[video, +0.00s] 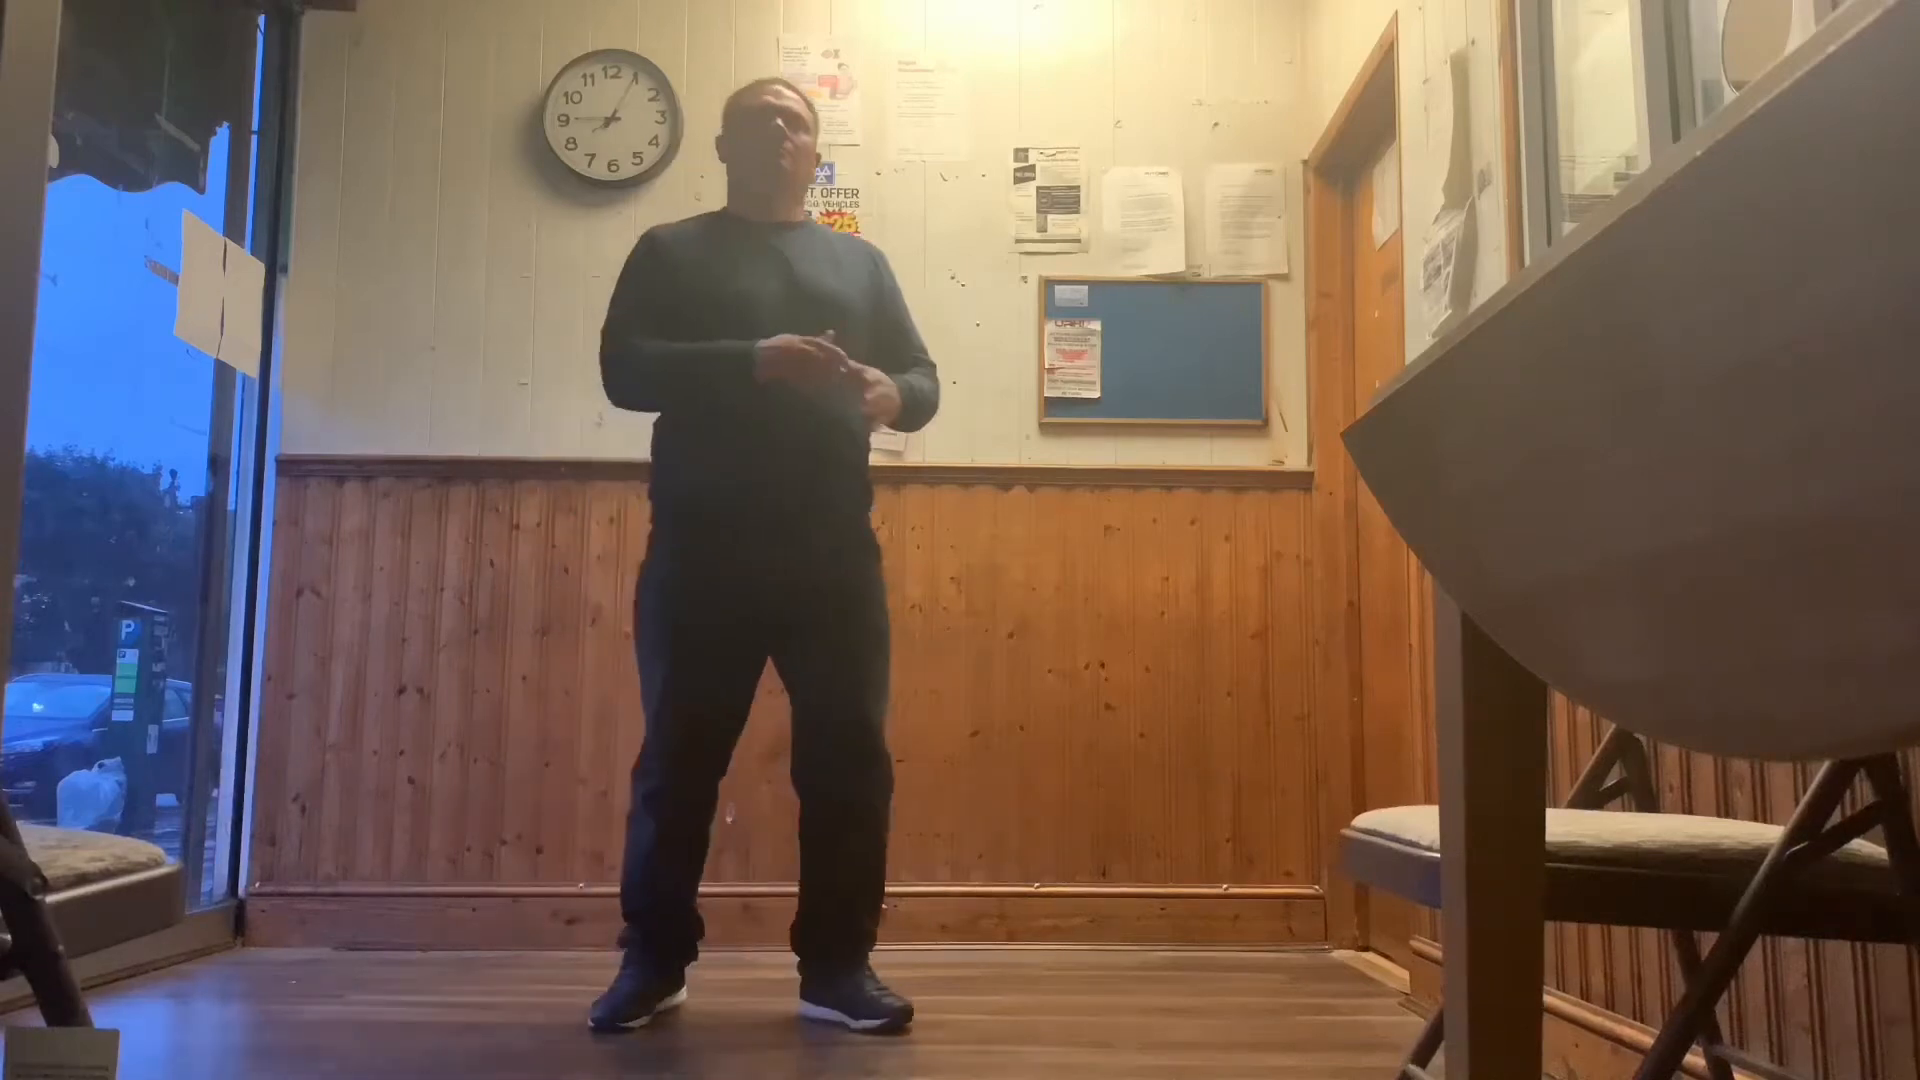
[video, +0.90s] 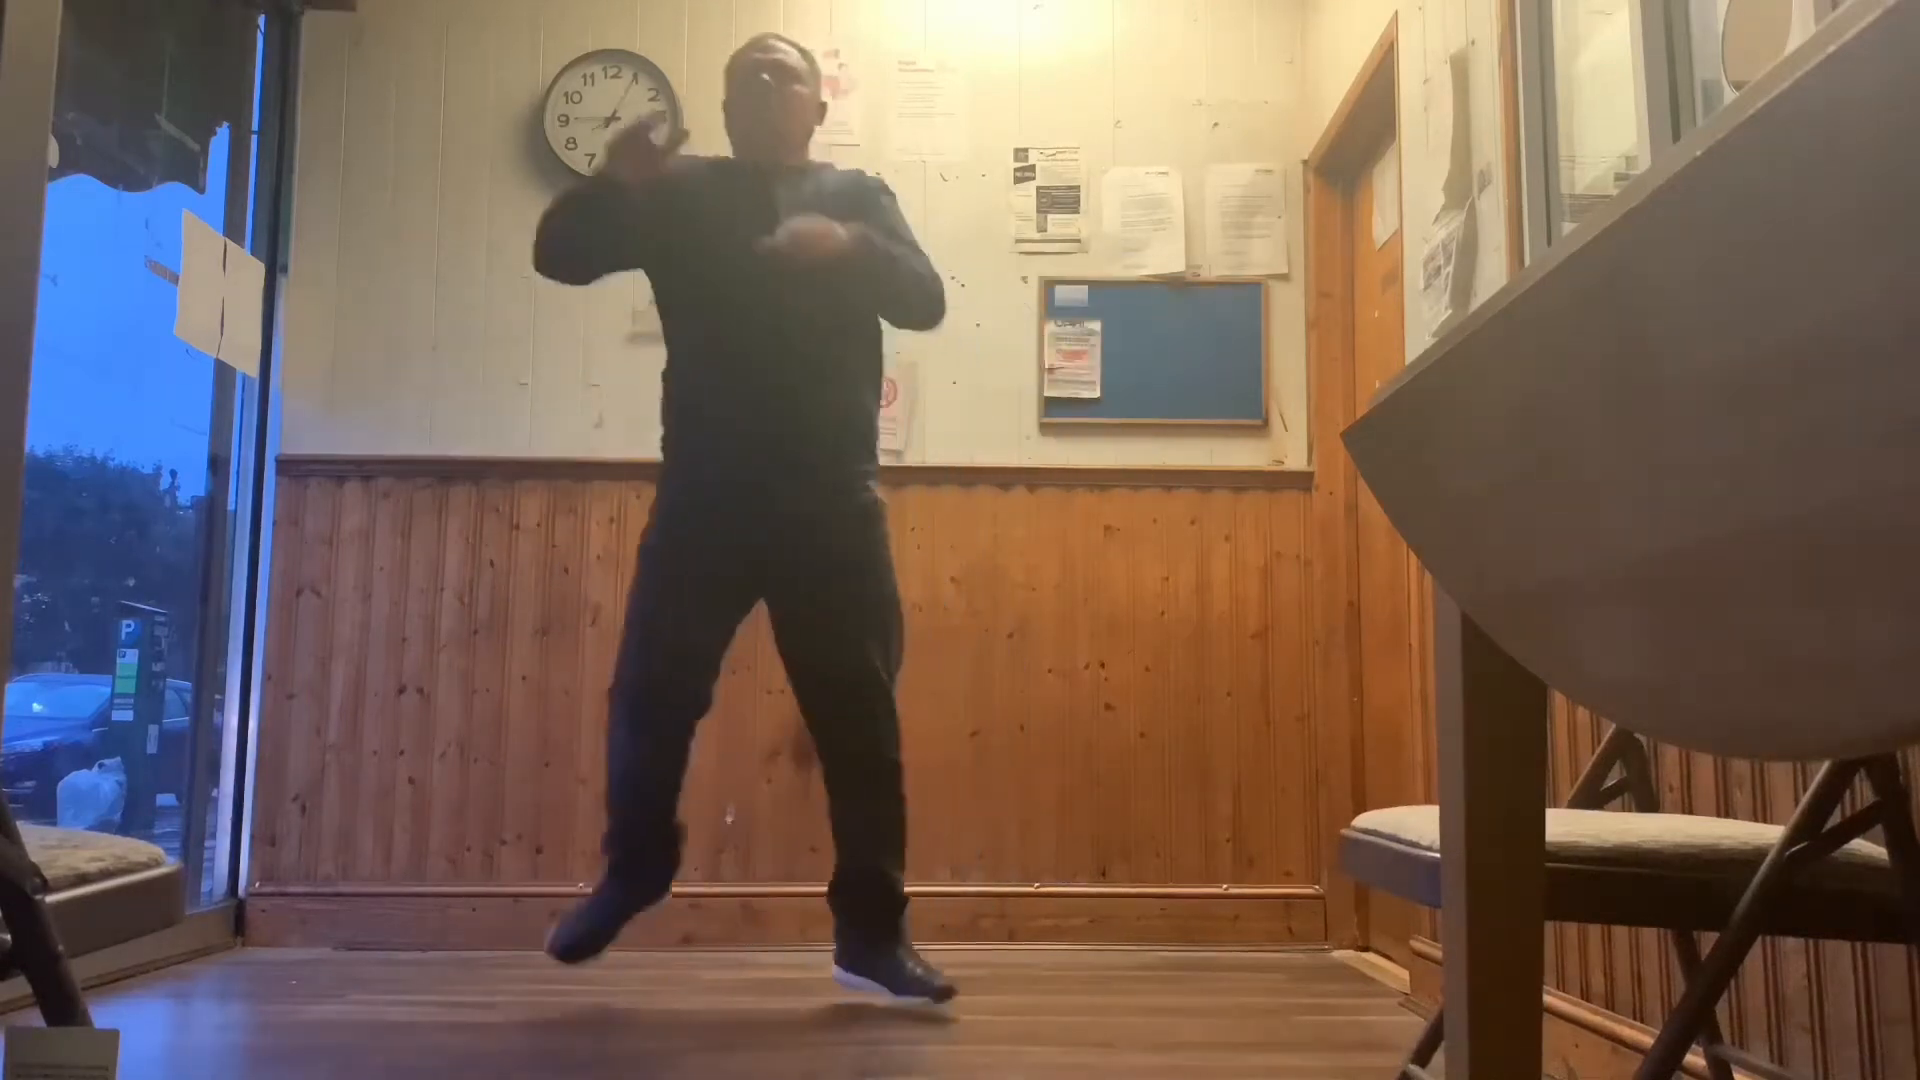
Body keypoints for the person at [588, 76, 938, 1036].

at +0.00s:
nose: (778, 128)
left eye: (794, 120)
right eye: (757, 115)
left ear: (818, 156)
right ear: (720, 149)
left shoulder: (859, 263)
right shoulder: (670, 251)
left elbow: (922, 385)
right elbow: (623, 372)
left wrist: (894, 395)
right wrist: (756, 359)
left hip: (831, 553)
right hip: (702, 551)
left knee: (851, 765)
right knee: (676, 766)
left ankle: (837, 971)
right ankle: (651, 965)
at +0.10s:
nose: (811, 133)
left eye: (822, 123)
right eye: (788, 120)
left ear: (842, 153)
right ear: (744, 150)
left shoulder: (889, 258)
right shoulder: (702, 259)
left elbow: (936, 370)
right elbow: (663, 387)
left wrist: (939, 422)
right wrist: (776, 408)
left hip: (868, 557)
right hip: (741, 557)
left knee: (882, 777)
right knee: (702, 759)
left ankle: (838, 972)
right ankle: (660, 941)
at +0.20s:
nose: (830, 124)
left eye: (841, 110)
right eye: (806, 111)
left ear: (861, 133)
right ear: (762, 135)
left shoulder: (909, 231)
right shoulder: (722, 244)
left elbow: (974, 357)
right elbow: (672, 363)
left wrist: (1038, 471)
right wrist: (679, 457)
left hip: (895, 534)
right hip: (772, 530)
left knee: (912, 752)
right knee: (768, 735)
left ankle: (848, 956)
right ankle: (739, 933)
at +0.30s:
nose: (842, 114)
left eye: (853, 100)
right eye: (818, 103)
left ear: (875, 123)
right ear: (775, 128)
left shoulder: (924, 213)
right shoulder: (735, 233)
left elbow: (1019, 315)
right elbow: (627, 332)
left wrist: (1124, 400)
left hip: (919, 517)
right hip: (799, 525)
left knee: (971, 733)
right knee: (838, 746)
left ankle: (867, 929)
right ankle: (885, 982)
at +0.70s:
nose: (845, 132)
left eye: (863, 121)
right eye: (824, 122)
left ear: (892, 158)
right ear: (794, 158)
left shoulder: (931, 270)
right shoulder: (745, 265)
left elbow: (1003, 388)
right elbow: (677, 376)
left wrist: (1086, 472)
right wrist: (602, 447)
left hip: (899, 542)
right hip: (778, 540)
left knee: (945, 757)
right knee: (823, 726)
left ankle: (900, 959)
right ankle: (870, 977)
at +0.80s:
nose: (813, 117)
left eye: (830, 105)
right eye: (795, 104)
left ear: (860, 136)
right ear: (765, 135)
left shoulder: (902, 240)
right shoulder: (715, 229)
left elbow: (973, 356)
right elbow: (608, 340)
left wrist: (930, 363)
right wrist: (662, 296)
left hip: (874, 532)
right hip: (748, 529)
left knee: (916, 740)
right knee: (714, 712)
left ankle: (891, 966)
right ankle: (734, 872)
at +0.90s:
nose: (767, 87)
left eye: (786, 76)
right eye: (751, 75)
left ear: (818, 108)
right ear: (726, 106)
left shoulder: (858, 198)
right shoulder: (678, 192)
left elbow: (927, 305)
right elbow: (556, 253)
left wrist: (855, 248)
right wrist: (613, 181)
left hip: (830, 500)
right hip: (706, 496)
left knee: (860, 721)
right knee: (650, 694)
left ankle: (871, 940)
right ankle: (636, 871)